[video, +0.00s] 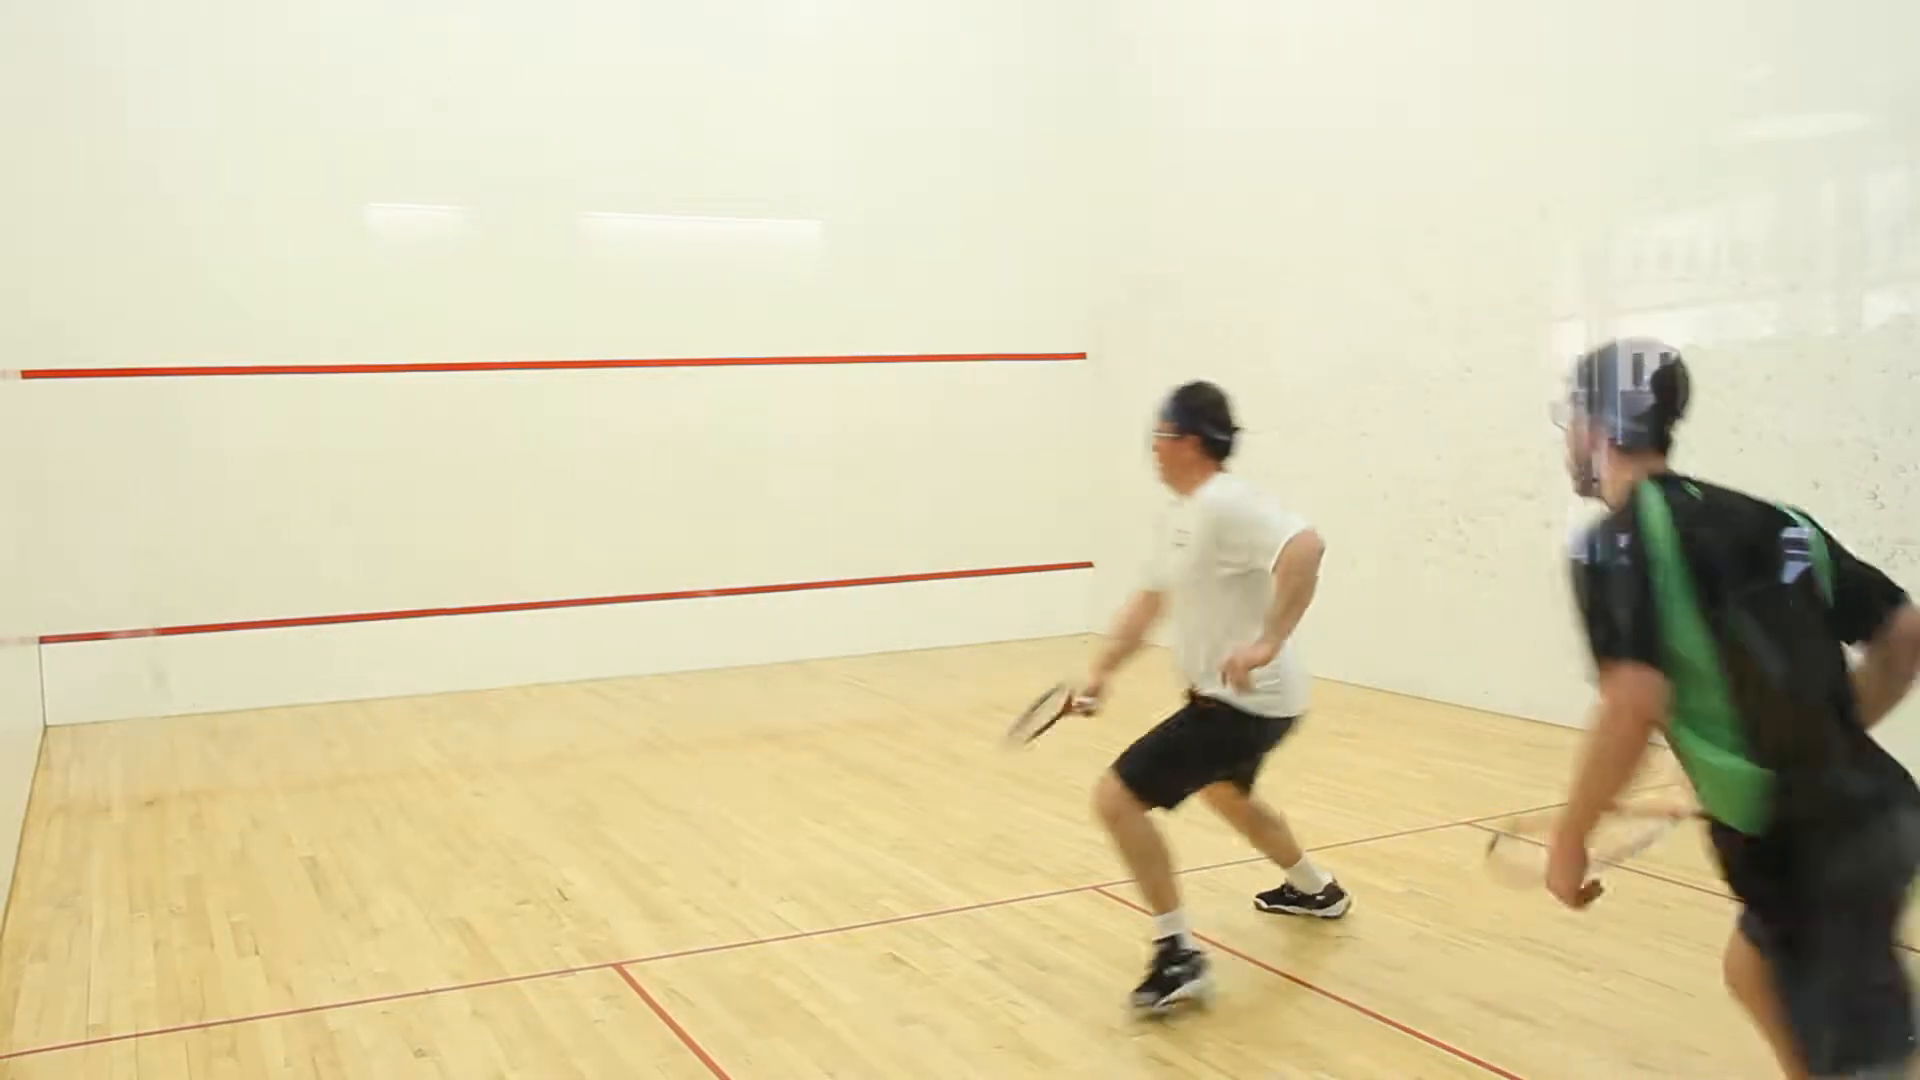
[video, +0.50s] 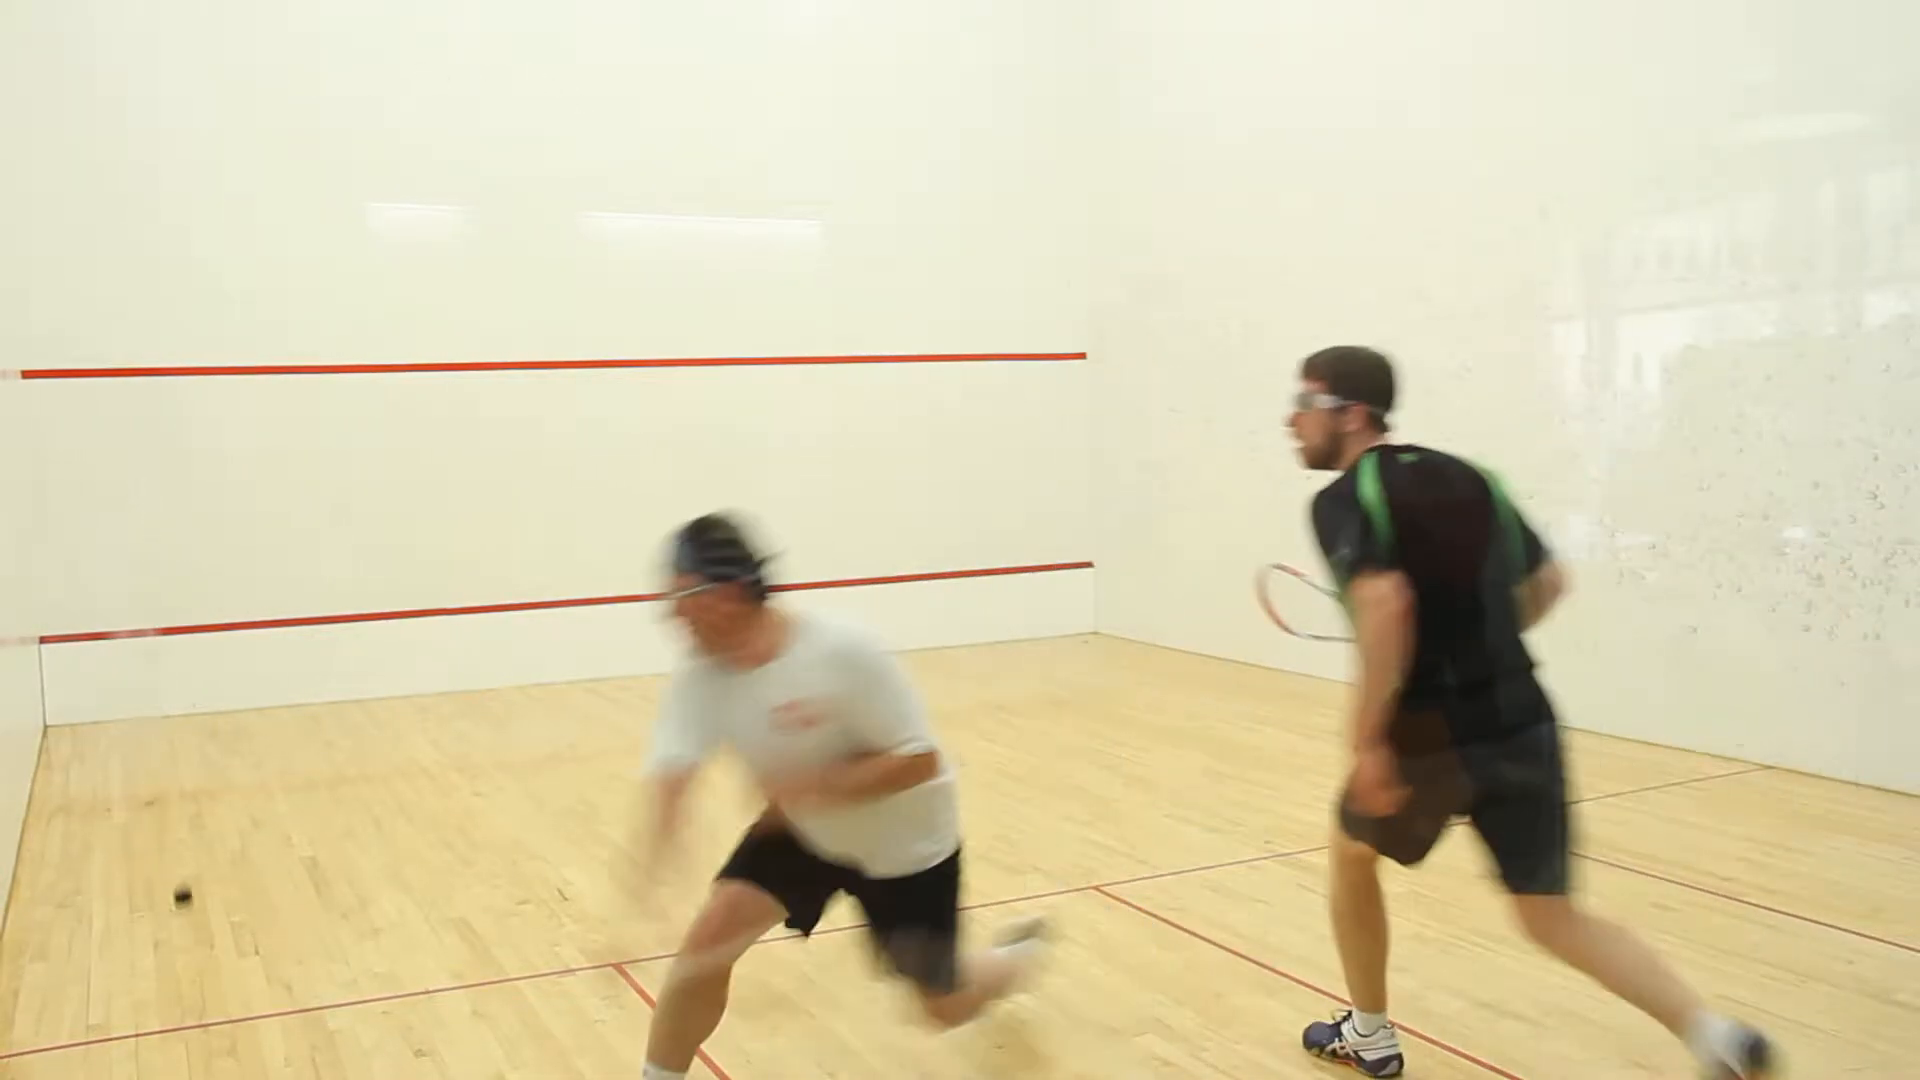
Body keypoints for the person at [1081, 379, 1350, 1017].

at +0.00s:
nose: (1153, 448)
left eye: (1162, 437)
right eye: (1155, 436)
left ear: (1194, 444)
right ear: (1189, 443)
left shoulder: (1228, 502)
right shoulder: (1179, 514)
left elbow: (1303, 549)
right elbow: (1151, 598)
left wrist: (1268, 643)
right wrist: (1102, 669)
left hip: (1248, 702)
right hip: (1224, 695)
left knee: (1116, 799)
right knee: (1223, 791)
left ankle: (1178, 951)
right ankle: (1316, 887)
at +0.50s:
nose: (683, 622)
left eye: (691, 605)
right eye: (678, 606)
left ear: (734, 593)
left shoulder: (846, 651)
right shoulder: (704, 676)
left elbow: (920, 760)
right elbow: (669, 778)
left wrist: (818, 787)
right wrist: (655, 860)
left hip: (907, 843)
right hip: (802, 832)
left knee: (946, 1004)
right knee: (708, 943)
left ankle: (1025, 952)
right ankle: (661, 1074)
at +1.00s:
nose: (691, 516)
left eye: (692, 501)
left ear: (701, 514)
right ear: (779, 495)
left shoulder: (797, 610)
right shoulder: (775, 599)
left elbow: (891, 761)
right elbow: (751, 728)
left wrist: (940, 907)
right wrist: (644, 810)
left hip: (909, 853)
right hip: (846, 839)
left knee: (779, 1061)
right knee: (718, 967)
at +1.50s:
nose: (1038, 424)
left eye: (1037, 415)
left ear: (1039, 428)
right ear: (1123, 426)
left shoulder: (1028, 527)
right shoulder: (1173, 527)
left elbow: (952, 654)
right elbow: (1205, 659)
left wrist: (882, 759)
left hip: (1095, 801)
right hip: (1200, 792)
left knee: (1072, 1015)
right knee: (1156, 940)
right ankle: (1233, 1070)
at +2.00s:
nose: (1283, 439)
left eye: (1286, 428)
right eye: (1288, 428)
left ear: (1297, 437)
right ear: (1359, 447)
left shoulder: (1259, 508)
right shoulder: (1388, 527)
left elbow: (1170, 581)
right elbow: (1434, 632)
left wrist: (1163, 642)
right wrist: (1380, 680)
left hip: (1250, 741)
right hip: (1349, 744)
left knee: (1188, 904)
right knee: (1313, 847)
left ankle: (1252, 1048)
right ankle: (1346, 1016)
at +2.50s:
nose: (1434, 397)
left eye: (1428, 386)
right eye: (1462, 393)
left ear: (1422, 389)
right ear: (1476, 396)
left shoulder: (1384, 444)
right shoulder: (1499, 455)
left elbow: (1306, 503)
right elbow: (1575, 515)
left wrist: (1324, 580)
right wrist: (1604, 557)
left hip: (1386, 629)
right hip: (1469, 635)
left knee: (1374, 738)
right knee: (1439, 759)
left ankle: (1391, 861)